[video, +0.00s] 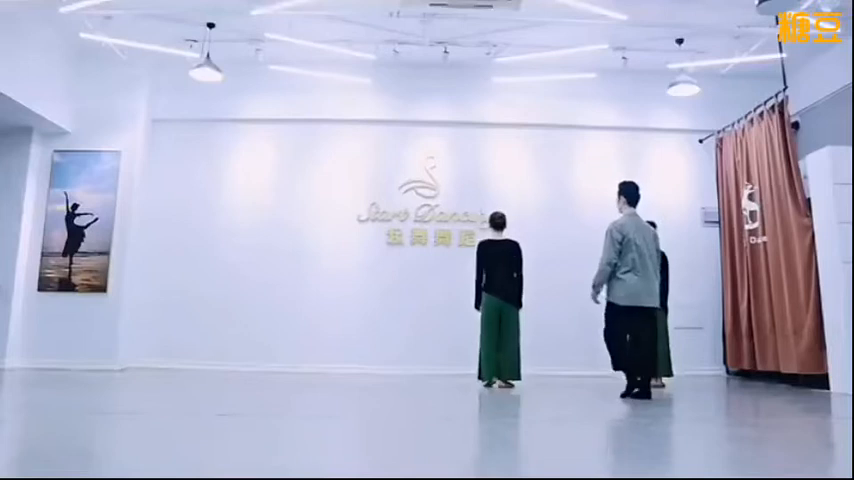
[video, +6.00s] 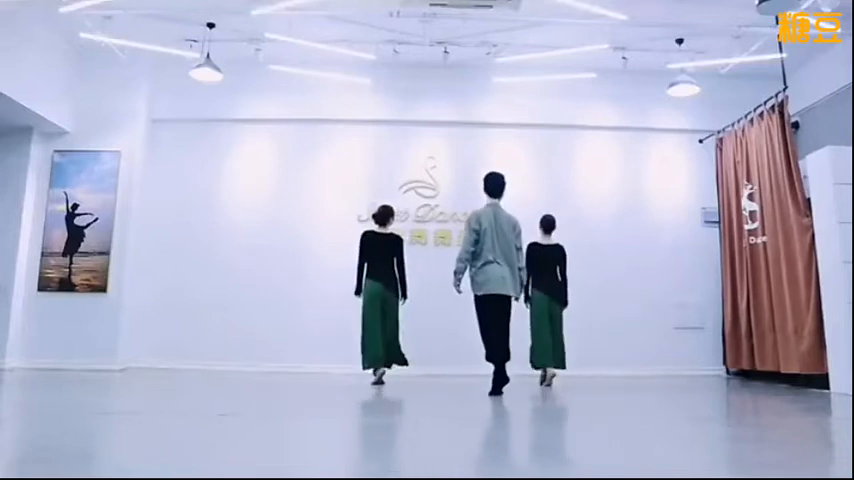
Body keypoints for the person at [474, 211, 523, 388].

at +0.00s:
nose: (498, 226)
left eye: (495, 223)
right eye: (501, 223)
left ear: (490, 225)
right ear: (505, 225)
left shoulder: (483, 246)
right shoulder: (514, 246)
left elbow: (479, 275)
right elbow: (519, 275)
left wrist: (477, 299)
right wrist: (519, 298)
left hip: (490, 296)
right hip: (510, 298)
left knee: (489, 336)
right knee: (509, 337)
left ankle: (488, 376)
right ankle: (506, 376)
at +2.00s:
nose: (459, 229)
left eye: (456, 225)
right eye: (462, 226)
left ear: (449, 226)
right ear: (465, 228)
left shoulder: (438, 244)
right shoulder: (468, 249)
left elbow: (433, 271)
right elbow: (473, 276)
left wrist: (431, 294)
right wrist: (478, 299)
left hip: (445, 294)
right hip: (465, 294)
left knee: (447, 334)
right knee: (481, 331)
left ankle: (448, 376)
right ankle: (497, 367)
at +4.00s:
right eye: (444, 258)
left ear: (432, 257)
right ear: (446, 258)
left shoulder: (425, 267)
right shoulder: (454, 269)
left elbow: (421, 292)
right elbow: (461, 295)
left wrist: (419, 315)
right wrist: (465, 318)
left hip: (434, 308)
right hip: (453, 309)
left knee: (436, 345)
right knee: (448, 339)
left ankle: (439, 379)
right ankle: (448, 369)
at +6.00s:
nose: (392, 220)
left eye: (390, 217)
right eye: (392, 218)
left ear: (375, 218)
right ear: (391, 220)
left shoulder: (366, 236)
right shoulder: (396, 239)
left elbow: (361, 263)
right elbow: (400, 266)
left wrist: (358, 286)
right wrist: (404, 289)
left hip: (372, 286)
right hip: (390, 287)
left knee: (373, 326)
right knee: (388, 325)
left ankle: (377, 366)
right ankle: (383, 364)